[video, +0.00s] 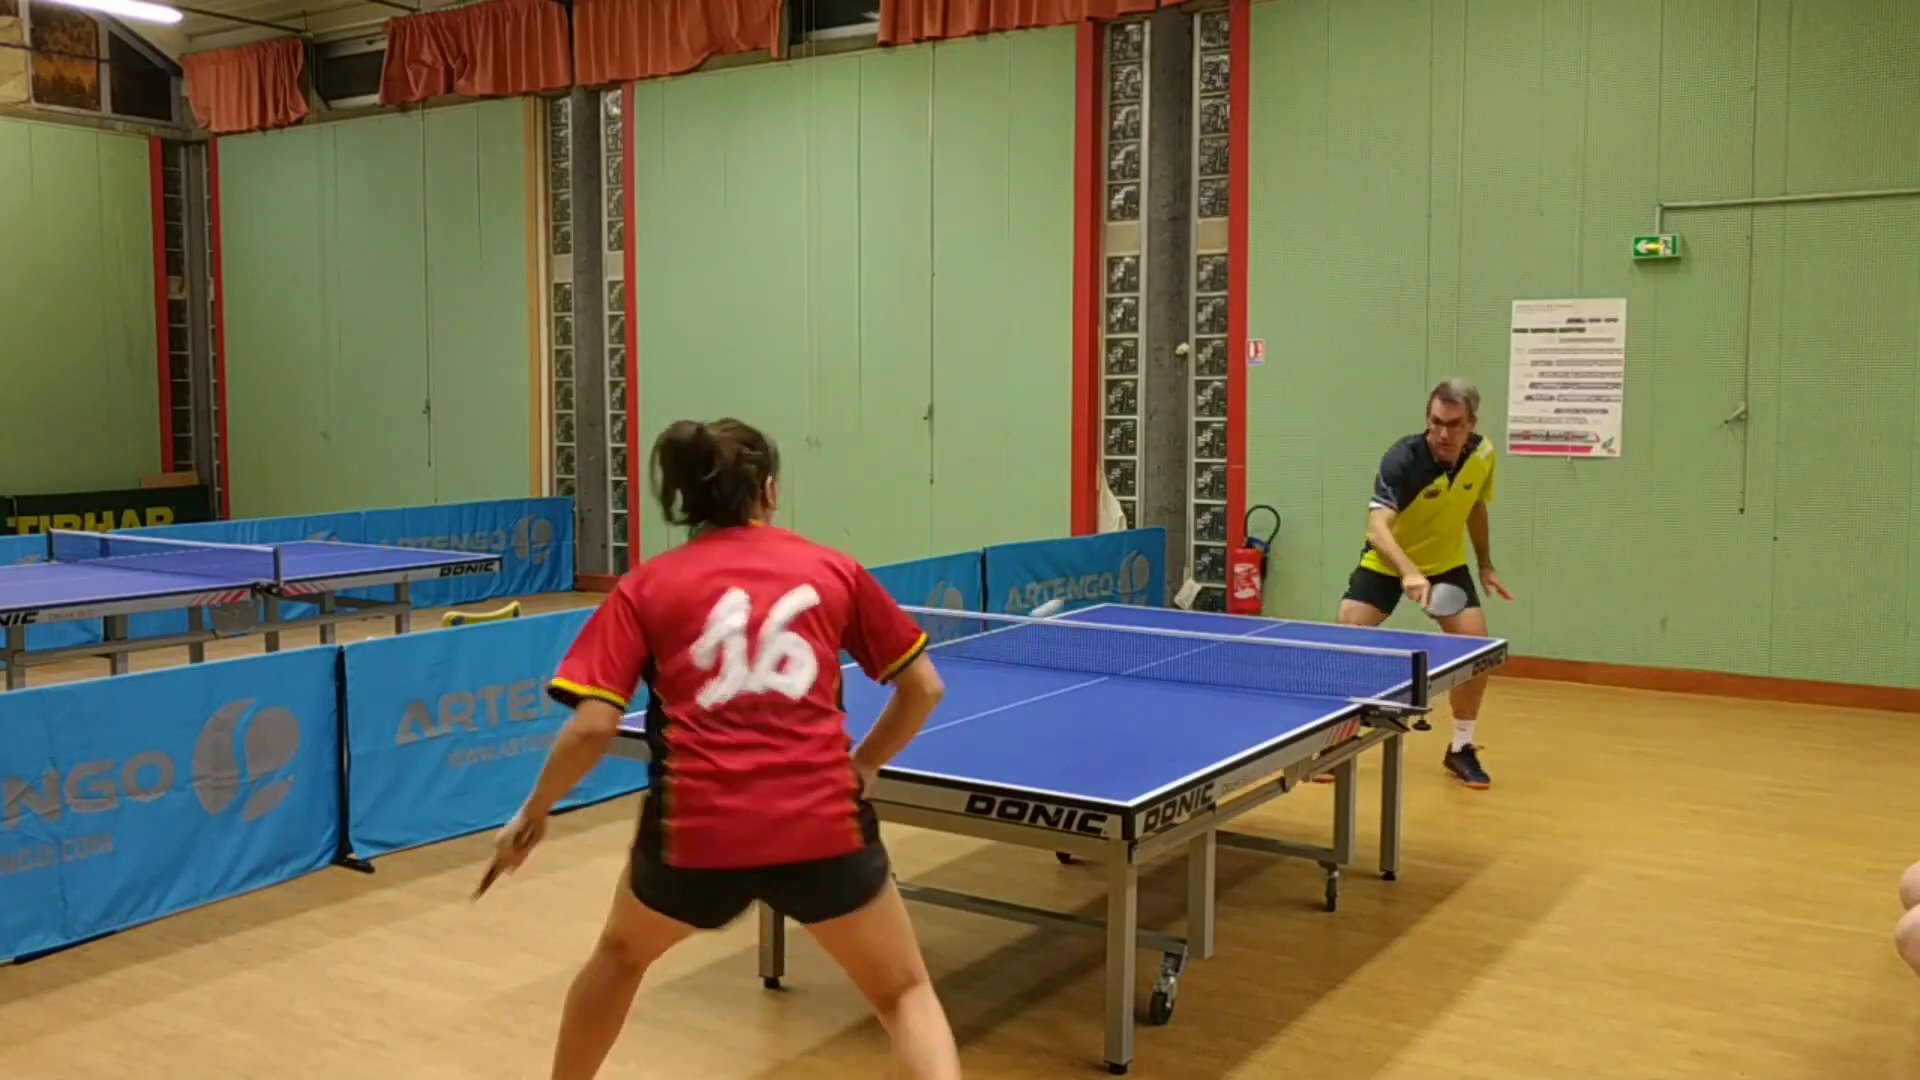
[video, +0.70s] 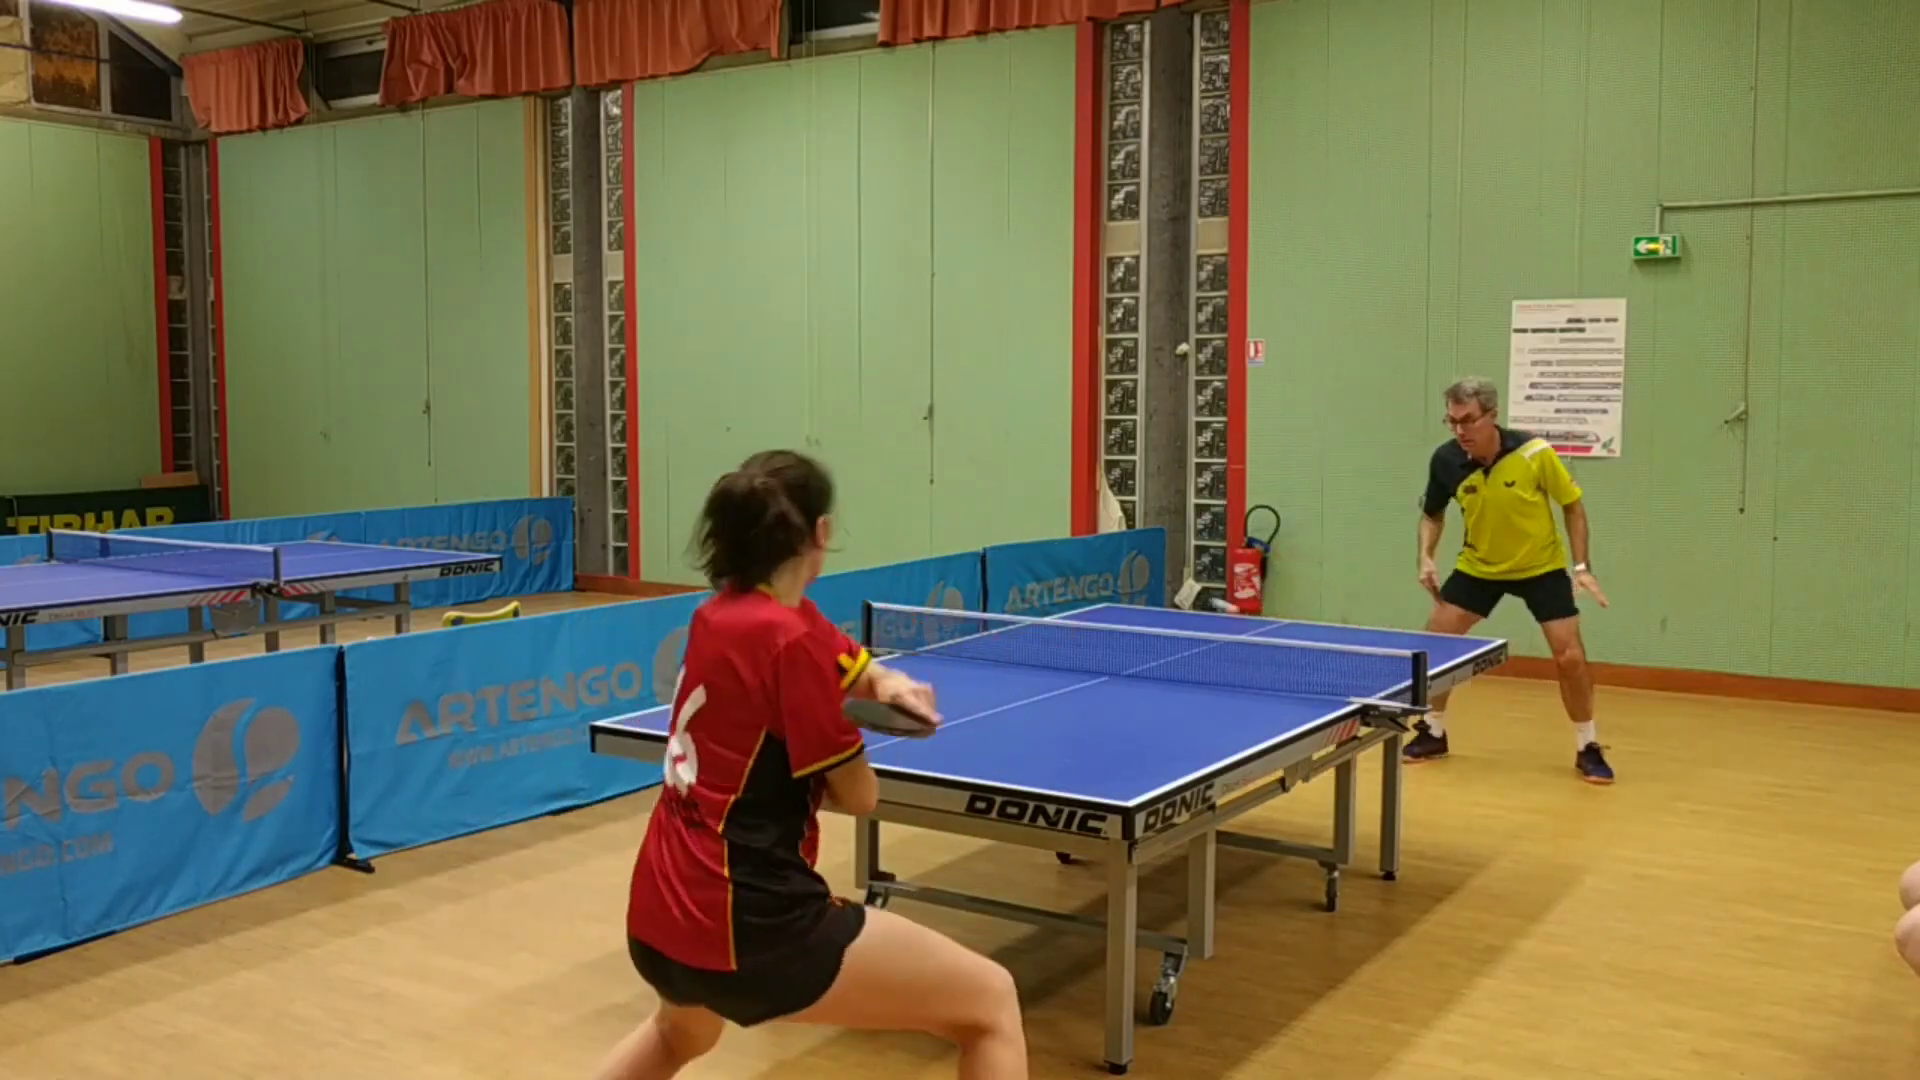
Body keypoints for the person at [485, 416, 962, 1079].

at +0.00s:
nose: (777, 489)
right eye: (775, 481)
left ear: (686, 498)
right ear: (766, 490)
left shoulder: (647, 586)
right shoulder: (828, 569)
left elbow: (595, 725)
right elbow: (923, 687)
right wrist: (864, 763)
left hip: (696, 838)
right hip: (822, 829)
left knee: (620, 959)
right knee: (904, 993)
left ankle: (566, 1076)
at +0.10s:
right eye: (752, 507)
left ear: (666, 535)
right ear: (748, 523)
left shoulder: (665, 627)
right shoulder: (819, 604)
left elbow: (652, 770)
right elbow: (884, 731)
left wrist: (540, 871)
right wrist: (836, 815)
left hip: (744, 895)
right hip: (864, 882)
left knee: (607, 961)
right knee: (928, 1053)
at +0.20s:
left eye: (634, 541)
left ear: (642, 561)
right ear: (719, 542)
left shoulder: (669, 653)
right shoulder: (792, 613)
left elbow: (696, 795)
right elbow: (836, 744)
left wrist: (574, 901)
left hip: (777, 907)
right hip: (890, 887)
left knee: (590, 958)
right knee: (935, 1059)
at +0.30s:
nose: (610, 571)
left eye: (610, 559)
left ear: (619, 572)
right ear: (697, 541)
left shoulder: (646, 664)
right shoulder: (775, 609)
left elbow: (672, 818)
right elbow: (866, 724)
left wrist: (535, 901)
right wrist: (814, 805)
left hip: (762, 908)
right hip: (876, 888)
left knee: (576, 954)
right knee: (937, 1054)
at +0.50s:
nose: (741, 530)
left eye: (739, 522)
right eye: (736, 520)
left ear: (648, 551)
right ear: (728, 538)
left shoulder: (637, 650)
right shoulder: (780, 624)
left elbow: (693, 626)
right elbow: (867, 762)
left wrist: (747, 572)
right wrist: (787, 771)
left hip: (672, 934)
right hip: (796, 933)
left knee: (624, 1014)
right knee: (964, 1017)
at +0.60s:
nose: (780, 539)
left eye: (774, 527)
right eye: (776, 529)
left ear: (692, 551)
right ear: (767, 546)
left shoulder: (682, 632)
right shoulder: (770, 649)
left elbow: (849, 619)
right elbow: (843, 796)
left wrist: (931, 599)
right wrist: (784, 772)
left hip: (661, 941)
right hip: (762, 951)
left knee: (660, 1031)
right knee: (989, 998)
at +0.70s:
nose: (832, 530)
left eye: (826, 517)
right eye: (829, 518)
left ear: (737, 533)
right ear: (819, 532)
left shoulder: (715, 613)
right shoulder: (793, 637)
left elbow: (858, 668)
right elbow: (858, 794)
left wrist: (890, 686)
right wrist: (816, 735)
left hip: (661, 921)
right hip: (752, 934)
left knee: (677, 1032)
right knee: (989, 998)